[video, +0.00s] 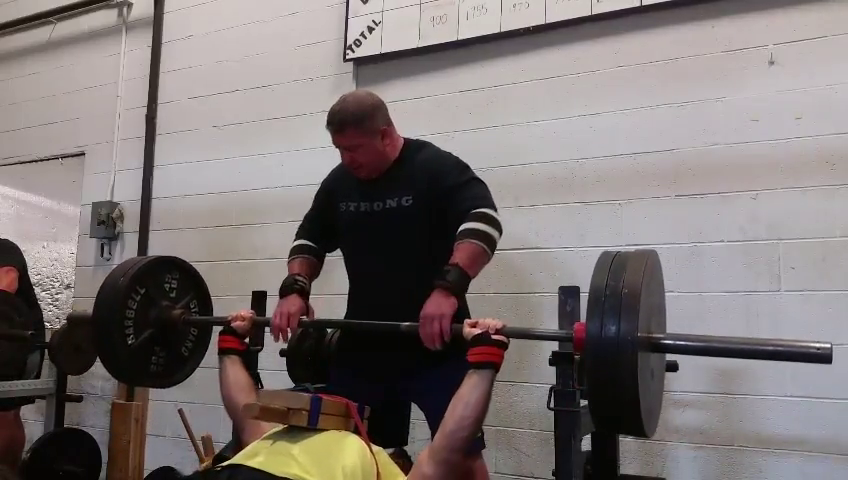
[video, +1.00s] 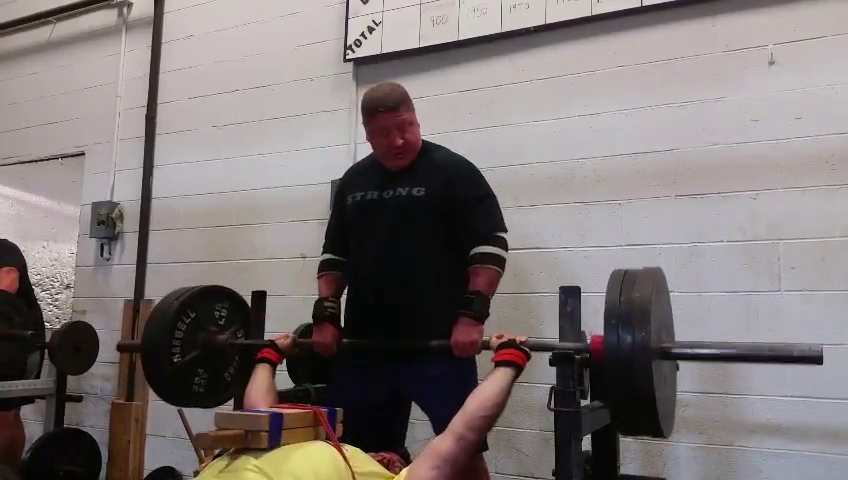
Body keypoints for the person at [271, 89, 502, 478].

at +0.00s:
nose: (347, 160)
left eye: (354, 150)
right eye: (341, 150)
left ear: (386, 135)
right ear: (335, 141)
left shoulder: (438, 169)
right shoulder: (338, 185)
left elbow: (482, 222)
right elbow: (310, 239)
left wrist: (448, 289)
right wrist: (294, 290)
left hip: (437, 340)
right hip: (365, 342)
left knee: (462, 455)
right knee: (362, 457)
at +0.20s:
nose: (339, 159)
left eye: (345, 149)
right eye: (335, 149)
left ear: (378, 138)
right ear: (331, 142)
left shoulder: (434, 168)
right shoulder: (340, 185)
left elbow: (475, 224)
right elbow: (317, 243)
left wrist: (449, 294)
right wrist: (293, 292)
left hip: (435, 337)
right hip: (367, 340)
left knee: (462, 449)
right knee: (368, 454)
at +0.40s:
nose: (339, 150)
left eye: (345, 140)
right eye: (336, 142)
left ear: (377, 132)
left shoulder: (438, 167)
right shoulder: (345, 183)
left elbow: (478, 225)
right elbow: (320, 243)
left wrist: (455, 296)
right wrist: (302, 293)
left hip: (434, 343)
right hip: (363, 345)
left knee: (462, 455)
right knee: (365, 461)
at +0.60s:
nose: (342, 145)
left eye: (348, 136)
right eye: (340, 136)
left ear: (381, 128)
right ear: (376, 129)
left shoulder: (445, 169)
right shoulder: (346, 182)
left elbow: (488, 232)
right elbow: (325, 248)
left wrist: (468, 302)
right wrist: (318, 303)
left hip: (434, 346)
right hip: (360, 345)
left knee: (457, 459)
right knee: (363, 461)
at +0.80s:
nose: (363, 145)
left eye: (371, 134)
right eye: (358, 135)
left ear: (401, 126)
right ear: (352, 132)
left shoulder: (451, 173)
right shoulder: (350, 182)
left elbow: (490, 242)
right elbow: (331, 253)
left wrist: (470, 309)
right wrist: (325, 310)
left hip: (440, 347)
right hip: (365, 347)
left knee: (454, 459)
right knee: (368, 462)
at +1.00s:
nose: (397, 141)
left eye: (404, 129)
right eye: (384, 133)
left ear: (417, 121)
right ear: (367, 134)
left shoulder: (455, 173)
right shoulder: (351, 183)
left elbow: (489, 244)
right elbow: (335, 256)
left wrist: (472, 314)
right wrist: (327, 315)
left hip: (441, 345)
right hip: (368, 346)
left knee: (464, 454)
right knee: (367, 460)